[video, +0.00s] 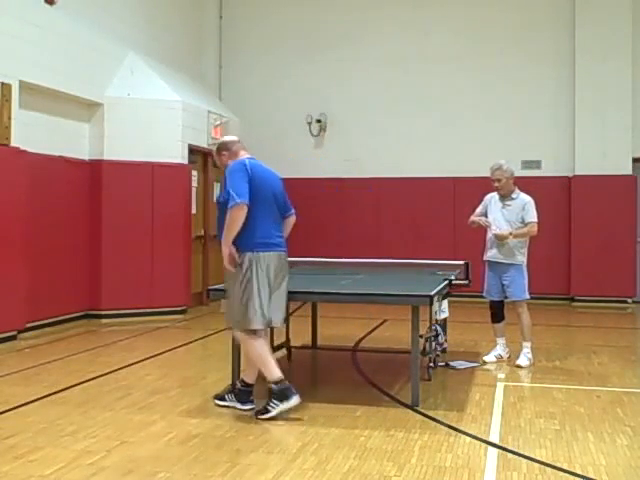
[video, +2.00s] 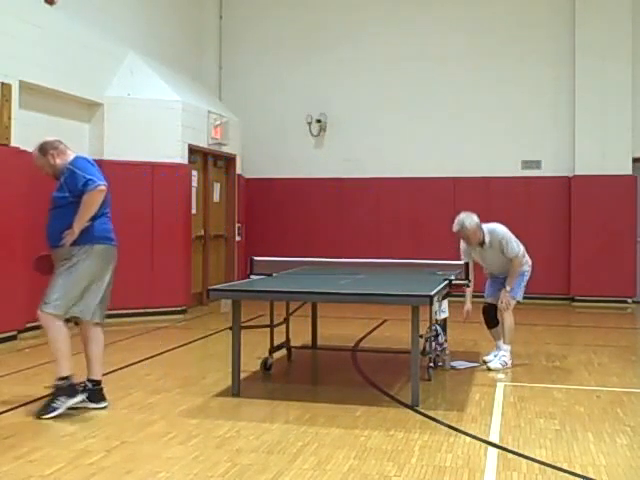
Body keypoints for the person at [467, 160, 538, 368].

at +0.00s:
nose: (496, 185)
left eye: (499, 181)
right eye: (494, 181)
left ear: (511, 180)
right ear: (493, 181)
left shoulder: (525, 201)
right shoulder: (490, 199)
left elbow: (532, 229)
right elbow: (473, 218)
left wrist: (510, 234)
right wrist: (478, 220)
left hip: (515, 261)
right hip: (493, 260)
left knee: (520, 304)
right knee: (495, 304)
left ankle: (526, 349)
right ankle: (500, 347)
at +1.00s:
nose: (480, 200)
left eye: (483, 195)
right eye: (478, 196)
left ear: (494, 190)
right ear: (477, 193)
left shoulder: (511, 205)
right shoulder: (476, 206)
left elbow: (520, 236)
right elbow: (471, 231)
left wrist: (504, 257)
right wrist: (475, 249)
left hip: (508, 263)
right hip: (487, 263)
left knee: (506, 305)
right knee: (490, 306)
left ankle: (508, 350)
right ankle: (499, 346)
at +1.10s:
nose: (476, 209)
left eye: (479, 206)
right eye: (474, 206)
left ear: (490, 200)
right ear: (473, 203)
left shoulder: (509, 212)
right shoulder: (474, 213)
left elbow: (518, 244)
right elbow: (472, 240)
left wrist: (504, 269)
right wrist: (473, 261)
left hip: (510, 263)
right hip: (489, 264)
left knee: (506, 305)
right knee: (489, 306)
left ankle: (506, 352)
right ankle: (499, 346)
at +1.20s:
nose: (471, 223)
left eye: (474, 220)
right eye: (470, 220)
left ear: (485, 214)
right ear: (469, 216)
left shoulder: (507, 222)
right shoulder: (471, 227)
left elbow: (519, 251)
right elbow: (470, 254)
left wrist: (507, 280)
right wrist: (469, 282)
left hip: (514, 267)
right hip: (492, 268)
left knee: (504, 306)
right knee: (488, 309)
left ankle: (506, 352)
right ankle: (500, 346)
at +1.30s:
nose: (470, 239)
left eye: (472, 235)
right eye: (468, 236)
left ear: (483, 229)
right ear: (466, 233)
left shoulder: (505, 232)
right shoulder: (469, 242)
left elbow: (522, 257)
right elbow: (467, 271)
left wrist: (509, 286)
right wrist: (464, 296)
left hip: (517, 271)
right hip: (495, 273)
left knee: (504, 307)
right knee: (488, 310)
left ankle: (506, 352)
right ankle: (499, 347)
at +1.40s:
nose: (470, 255)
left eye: (472, 251)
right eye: (468, 252)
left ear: (482, 244)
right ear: (465, 249)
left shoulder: (503, 241)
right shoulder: (469, 256)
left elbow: (525, 265)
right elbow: (466, 285)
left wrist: (510, 288)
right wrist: (460, 315)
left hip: (518, 274)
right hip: (496, 278)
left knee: (505, 308)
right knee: (488, 312)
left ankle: (506, 353)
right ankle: (500, 348)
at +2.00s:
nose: (465, 241)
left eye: (466, 237)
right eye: (463, 238)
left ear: (476, 229)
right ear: (462, 235)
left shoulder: (499, 233)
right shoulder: (466, 245)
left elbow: (517, 258)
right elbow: (469, 273)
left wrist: (507, 289)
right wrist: (468, 301)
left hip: (517, 269)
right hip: (496, 273)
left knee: (504, 307)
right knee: (489, 310)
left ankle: (506, 353)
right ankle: (499, 348)